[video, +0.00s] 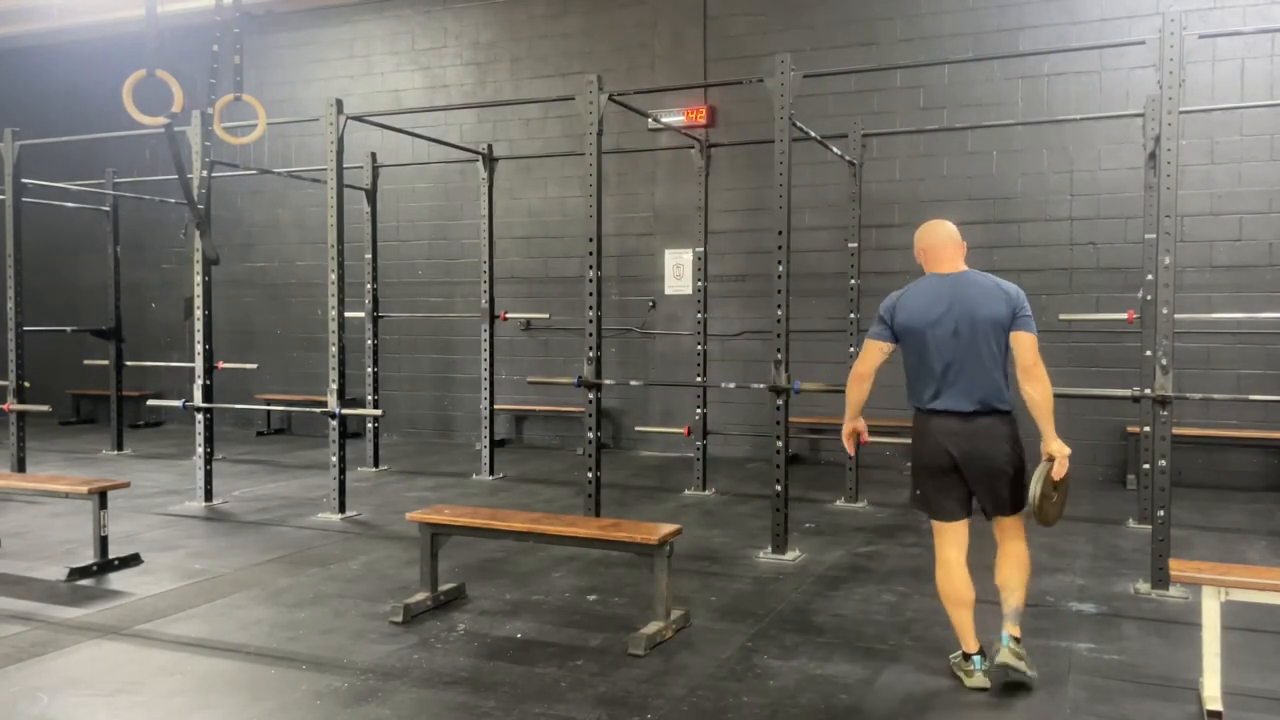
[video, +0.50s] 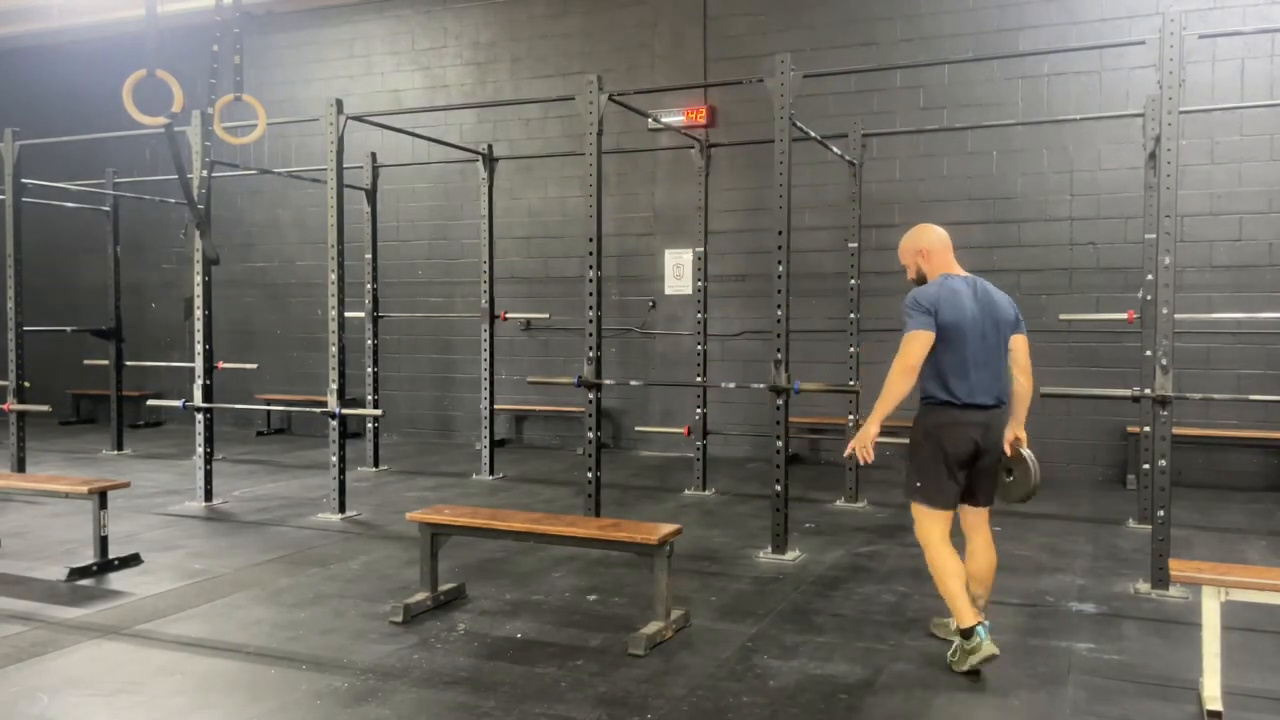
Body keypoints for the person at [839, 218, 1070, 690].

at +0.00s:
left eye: (919, 253)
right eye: (962, 245)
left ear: (919, 257)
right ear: (963, 249)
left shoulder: (900, 303)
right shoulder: (1008, 295)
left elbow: (863, 370)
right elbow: (1031, 373)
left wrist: (852, 415)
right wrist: (1050, 437)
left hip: (934, 439)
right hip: (993, 437)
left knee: (950, 548)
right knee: (1010, 535)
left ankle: (972, 657)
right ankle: (1010, 637)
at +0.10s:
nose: (914, 265)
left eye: (913, 258)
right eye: (916, 258)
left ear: (919, 257)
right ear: (961, 251)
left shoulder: (903, 303)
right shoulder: (1010, 296)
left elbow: (863, 371)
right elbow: (1033, 372)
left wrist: (852, 408)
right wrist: (1047, 433)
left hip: (937, 437)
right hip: (995, 434)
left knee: (950, 547)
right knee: (1000, 529)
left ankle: (972, 656)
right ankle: (1011, 636)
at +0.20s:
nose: (913, 271)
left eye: (911, 265)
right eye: (911, 265)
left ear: (922, 257)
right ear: (956, 250)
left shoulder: (909, 302)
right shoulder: (1010, 298)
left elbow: (871, 372)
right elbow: (1033, 371)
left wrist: (852, 408)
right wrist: (1043, 429)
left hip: (939, 434)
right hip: (995, 433)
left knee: (950, 548)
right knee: (993, 531)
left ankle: (972, 657)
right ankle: (992, 621)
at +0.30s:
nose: (913, 274)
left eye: (911, 267)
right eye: (911, 268)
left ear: (921, 258)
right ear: (954, 251)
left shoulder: (915, 302)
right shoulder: (1009, 300)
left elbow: (883, 371)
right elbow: (1032, 371)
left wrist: (857, 413)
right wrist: (1037, 429)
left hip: (941, 432)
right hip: (994, 432)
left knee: (951, 547)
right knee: (985, 530)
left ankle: (974, 656)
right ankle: (978, 620)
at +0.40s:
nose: (912, 276)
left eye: (910, 269)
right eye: (910, 269)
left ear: (923, 258)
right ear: (951, 253)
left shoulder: (921, 301)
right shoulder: (1005, 301)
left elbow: (898, 367)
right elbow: (1029, 373)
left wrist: (864, 421)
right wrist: (1028, 427)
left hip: (944, 431)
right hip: (995, 430)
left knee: (949, 543)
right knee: (979, 527)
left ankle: (974, 650)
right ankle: (973, 621)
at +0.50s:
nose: (909, 277)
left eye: (908, 268)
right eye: (906, 270)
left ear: (923, 256)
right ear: (949, 253)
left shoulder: (926, 297)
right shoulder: (1002, 300)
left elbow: (908, 365)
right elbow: (1022, 371)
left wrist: (873, 421)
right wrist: (1016, 423)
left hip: (943, 426)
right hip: (991, 426)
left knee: (932, 531)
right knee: (978, 525)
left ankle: (971, 634)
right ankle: (969, 621)